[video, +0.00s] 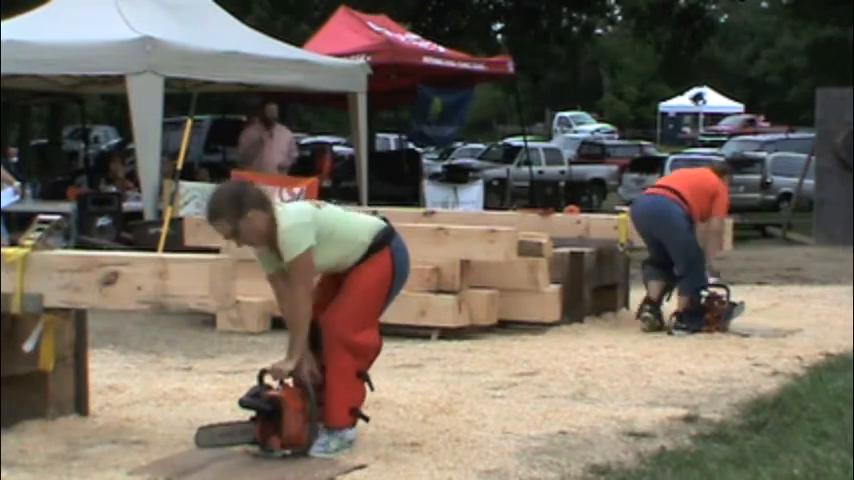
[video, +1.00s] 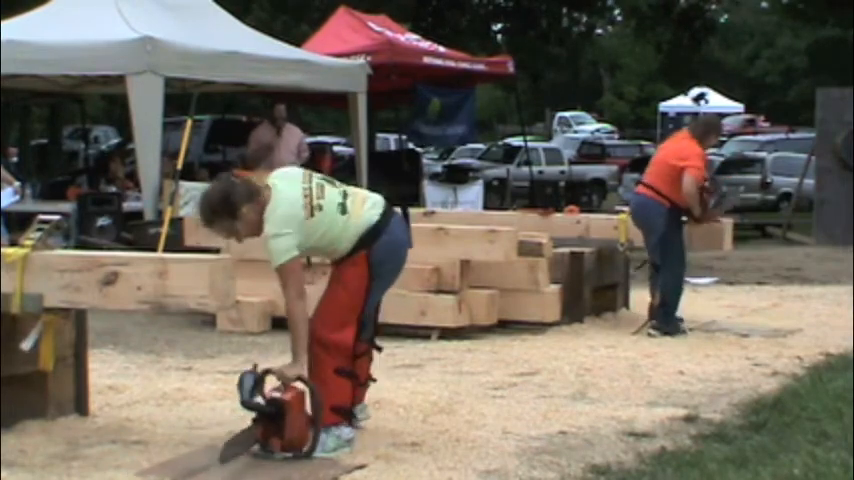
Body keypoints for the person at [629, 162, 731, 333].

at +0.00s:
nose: (728, 183)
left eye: (728, 180)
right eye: (728, 180)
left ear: (710, 170)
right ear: (724, 177)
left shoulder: (690, 174)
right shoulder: (719, 187)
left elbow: (697, 226)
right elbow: (715, 228)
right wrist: (711, 263)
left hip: (642, 203)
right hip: (670, 208)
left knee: (661, 261)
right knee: (691, 263)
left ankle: (651, 305)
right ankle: (684, 315)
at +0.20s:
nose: (735, 202)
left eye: (736, 198)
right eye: (735, 198)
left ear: (714, 186)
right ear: (732, 196)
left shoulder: (702, 192)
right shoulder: (724, 206)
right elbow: (714, 242)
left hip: (641, 216)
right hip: (662, 223)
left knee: (674, 271)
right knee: (698, 271)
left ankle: (665, 313)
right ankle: (688, 318)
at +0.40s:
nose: (734, 179)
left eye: (737, 175)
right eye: (733, 172)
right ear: (725, 164)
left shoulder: (711, 192)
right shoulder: (707, 156)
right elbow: (684, 158)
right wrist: (706, 183)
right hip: (658, 205)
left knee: (675, 261)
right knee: (680, 263)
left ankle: (665, 311)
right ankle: (689, 319)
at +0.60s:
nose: (731, 163)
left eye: (733, 159)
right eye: (730, 157)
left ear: (724, 155)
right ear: (721, 152)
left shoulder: (712, 178)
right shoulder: (695, 156)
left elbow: (707, 210)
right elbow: (667, 181)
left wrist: (715, 243)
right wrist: (677, 220)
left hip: (664, 208)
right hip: (649, 200)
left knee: (674, 260)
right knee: (665, 260)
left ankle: (673, 318)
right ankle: (663, 320)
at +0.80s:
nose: (722, 153)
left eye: (723, 148)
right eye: (722, 148)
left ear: (707, 138)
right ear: (715, 146)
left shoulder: (691, 147)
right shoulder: (693, 166)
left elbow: (696, 177)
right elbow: (672, 197)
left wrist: (706, 192)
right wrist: (686, 226)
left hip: (645, 198)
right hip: (653, 205)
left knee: (663, 261)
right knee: (668, 262)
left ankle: (662, 314)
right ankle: (663, 318)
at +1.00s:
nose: (715, 142)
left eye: (717, 138)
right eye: (715, 137)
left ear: (695, 129)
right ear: (707, 135)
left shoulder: (678, 139)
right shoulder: (693, 153)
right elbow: (689, 189)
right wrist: (698, 213)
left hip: (645, 199)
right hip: (661, 206)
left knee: (660, 263)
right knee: (673, 265)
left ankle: (659, 314)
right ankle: (664, 320)